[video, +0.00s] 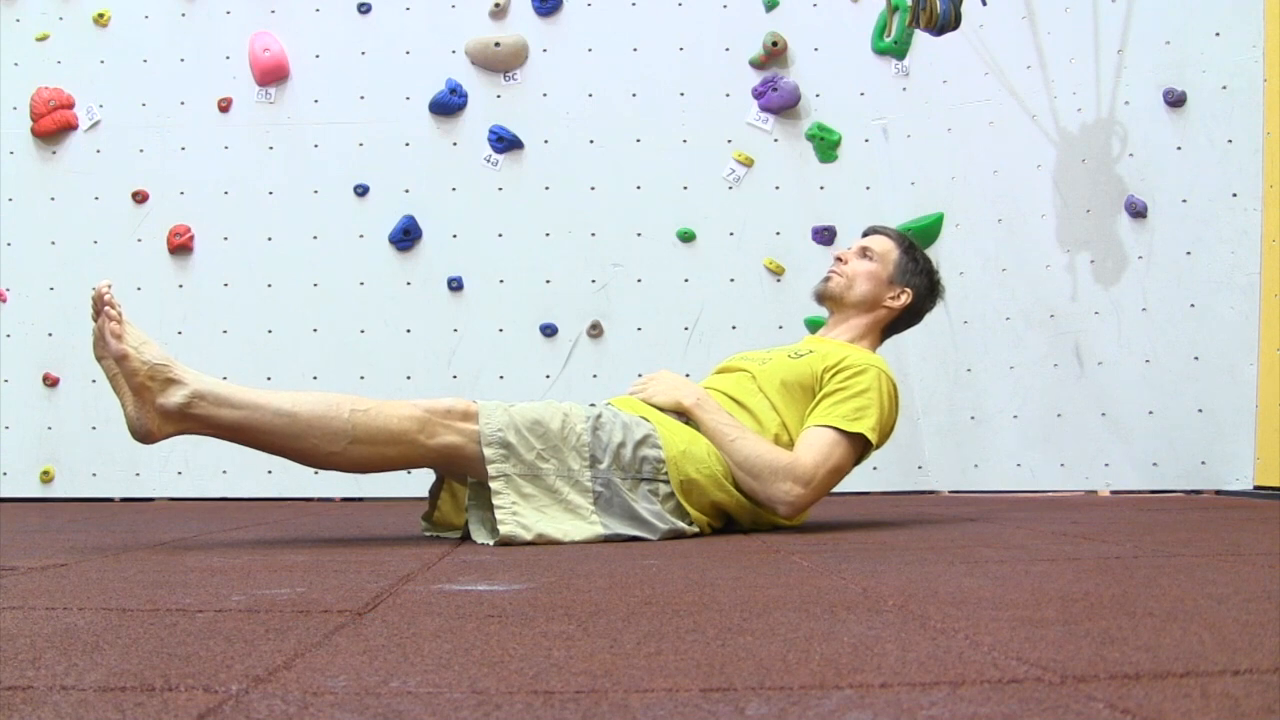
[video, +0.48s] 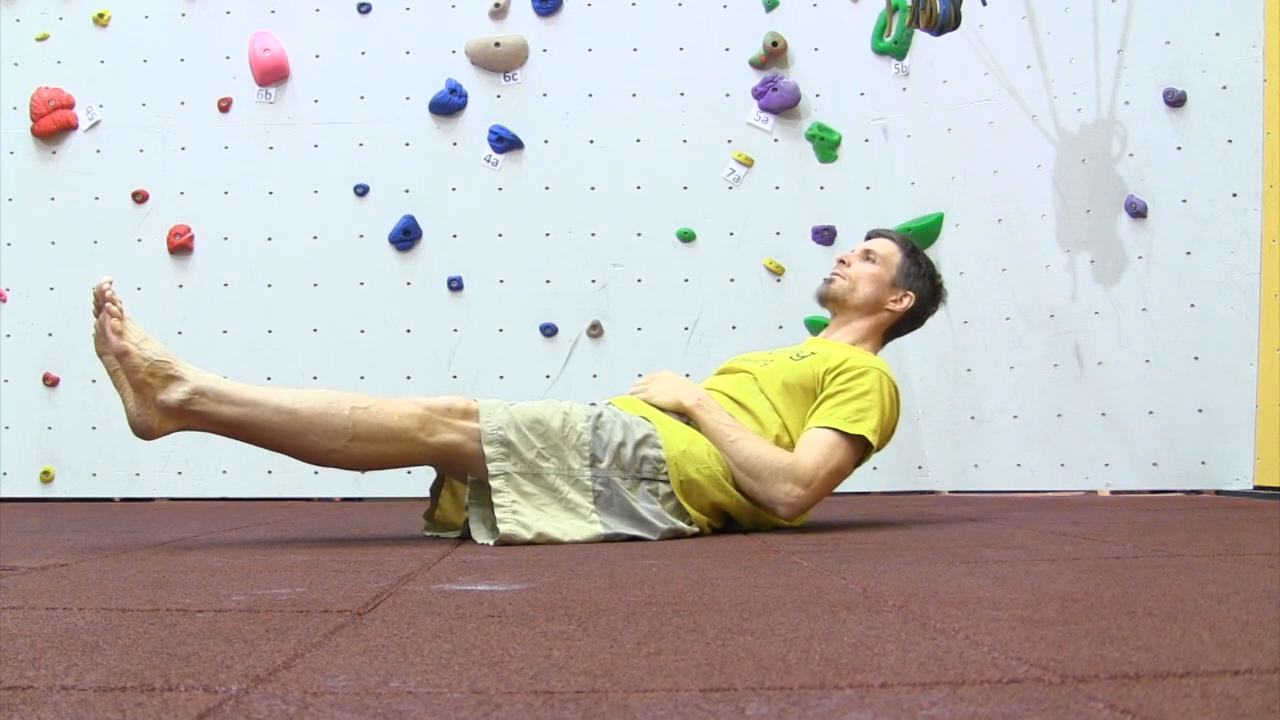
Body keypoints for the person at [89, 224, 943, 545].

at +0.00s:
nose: (844, 252)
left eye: (867, 252)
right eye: (853, 244)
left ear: (895, 299)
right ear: (856, 282)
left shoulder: (863, 375)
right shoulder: (802, 358)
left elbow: (791, 492)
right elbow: (749, 467)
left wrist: (699, 402)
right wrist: (673, 408)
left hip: (659, 460)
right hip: (639, 446)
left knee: (441, 428)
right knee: (429, 430)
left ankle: (178, 400)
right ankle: (179, 401)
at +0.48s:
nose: (847, 254)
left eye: (870, 254)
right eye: (857, 246)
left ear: (897, 301)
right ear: (862, 285)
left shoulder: (865, 377)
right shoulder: (805, 359)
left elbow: (792, 492)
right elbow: (750, 468)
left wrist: (701, 403)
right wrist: (674, 407)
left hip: (660, 461)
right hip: (642, 445)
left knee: (443, 426)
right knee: (435, 423)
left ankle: (178, 395)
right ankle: (181, 397)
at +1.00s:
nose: (848, 259)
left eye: (873, 259)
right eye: (857, 250)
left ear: (900, 306)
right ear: (859, 289)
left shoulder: (866, 379)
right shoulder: (808, 363)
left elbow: (792, 495)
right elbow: (755, 474)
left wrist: (699, 402)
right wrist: (676, 410)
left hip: (660, 461)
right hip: (642, 447)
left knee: (440, 427)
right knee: (429, 426)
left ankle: (177, 406)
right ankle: (179, 407)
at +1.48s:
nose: (848, 257)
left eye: (872, 257)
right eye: (858, 248)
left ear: (898, 304)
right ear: (863, 288)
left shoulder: (865, 378)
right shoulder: (805, 360)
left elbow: (791, 494)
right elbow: (751, 471)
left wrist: (700, 403)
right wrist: (675, 411)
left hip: (659, 461)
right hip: (640, 447)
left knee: (444, 430)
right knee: (433, 430)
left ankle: (176, 410)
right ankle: (178, 411)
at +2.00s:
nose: (848, 263)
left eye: (872, 263)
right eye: (858, 254)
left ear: (900, 310)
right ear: (866, 295)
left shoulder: (866, 383)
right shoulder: (810, 366)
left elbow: (794, 495)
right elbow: (758, 475)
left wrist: (700, 402)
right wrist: (675, 411)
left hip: (655, 460)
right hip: (637, 446)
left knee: (439, 426)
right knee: (432, 422)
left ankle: (177, 402)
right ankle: (178, 403)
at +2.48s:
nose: (848, 261)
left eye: (871, 260)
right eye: (856, 252)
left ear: (899, 307)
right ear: (858, 288)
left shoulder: (865, 378)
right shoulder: (800, 362)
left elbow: (793, 494)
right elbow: (739, 461)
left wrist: (702, 403)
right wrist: (662, 412)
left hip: (654, 459)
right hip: (626, 449)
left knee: (453, 410)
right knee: (410, 453)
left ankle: (192, 354)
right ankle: (168, 459)